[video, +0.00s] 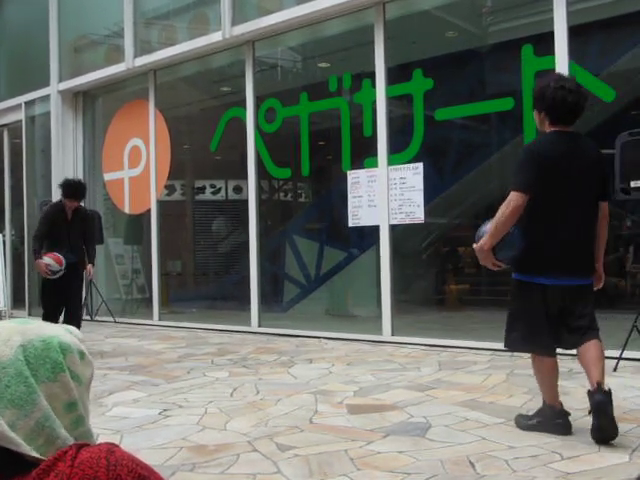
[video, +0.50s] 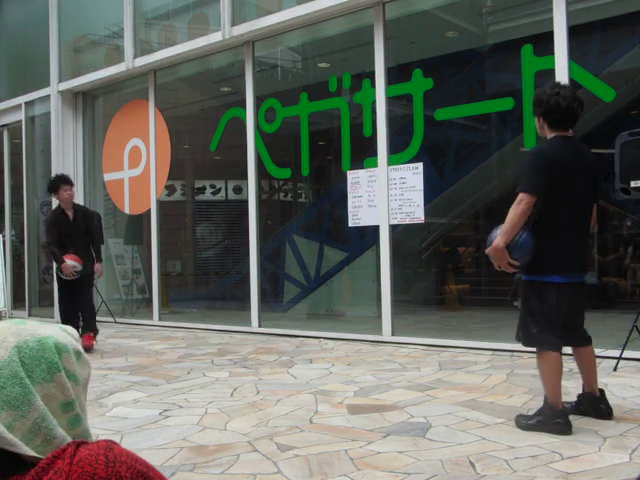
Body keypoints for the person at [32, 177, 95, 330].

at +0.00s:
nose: (72, 205)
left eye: (76, 202)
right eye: (69, 201)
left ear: (81, 200)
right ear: (63, 197)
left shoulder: (85, 215)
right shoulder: (51, 212)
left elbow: (89, 241)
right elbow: (38, 237)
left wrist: (90, 262)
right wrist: (37, 259)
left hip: (75, 268)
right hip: (52, 267)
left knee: (74, 314)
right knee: (51, 313)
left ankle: (69, 349)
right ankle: (47, 348)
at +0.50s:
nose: (69, 194)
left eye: (70, 190)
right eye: (64, 191)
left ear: (74, 191)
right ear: (56, 195)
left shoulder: (86, 214)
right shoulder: (52, 218)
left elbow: (95, 240)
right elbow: (51, 244)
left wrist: (98, 261)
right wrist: (61, 263)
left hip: (86, 264)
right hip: (64, 266)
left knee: (86, 301)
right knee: (67, 304)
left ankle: (89, 333)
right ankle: (69, 336)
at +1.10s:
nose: (96, 192)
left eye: (98, 189)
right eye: (92, 189)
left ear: (101, 192)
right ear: (84, 192)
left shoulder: (106, 216)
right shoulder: (77, 214)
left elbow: (108, 240)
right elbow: (65, 237)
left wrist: (102, 257)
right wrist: (59, 256)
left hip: (101, 261)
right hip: (84, 263)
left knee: (99, 297)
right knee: (84, 297)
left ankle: (96, 331)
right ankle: (82, 333)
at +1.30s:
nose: (105, 192)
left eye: (107, 189)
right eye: (101, 189)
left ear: (109, 191)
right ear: (92, 191)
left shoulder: (109, 215)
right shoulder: (84, 212)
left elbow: (114, 240)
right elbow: (75, 235)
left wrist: (121, 263)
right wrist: (72, 253)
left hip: (105, 261)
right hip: (89, 262)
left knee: (104, 297)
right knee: (98, 298)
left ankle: (94, 331)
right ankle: (107, 332)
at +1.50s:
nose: (112, 192)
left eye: (113, 189)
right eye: (108, 189)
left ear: (114, 191)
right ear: (98, 191)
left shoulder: (110, 213)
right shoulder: (91, 213)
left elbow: (117, 238)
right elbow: (88, 237)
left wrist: (127, 258)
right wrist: (93, 254)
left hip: (110, 260)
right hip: (96, 261)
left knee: (104, 296)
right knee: (106, 296)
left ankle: (95, 329)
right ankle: (120, 331)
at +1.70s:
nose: (118, 192)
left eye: (118, 188)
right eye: (115, 188)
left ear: (108, 191)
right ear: (105, 192)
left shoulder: (110, 210)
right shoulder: (104, 211)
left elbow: (115, 236)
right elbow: (107, 237)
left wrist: (122, 254)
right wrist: (119, 254)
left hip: (108, 256)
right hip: (103, 257)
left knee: (109, 294)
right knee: (112, 294)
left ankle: (96, 328)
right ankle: (122, 332)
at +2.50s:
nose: (113, 193)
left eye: (112, 189)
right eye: (109, 190)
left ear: (101, 194)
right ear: (99, 194)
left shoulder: (97, 212)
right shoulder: (98, 214)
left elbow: (91, 241)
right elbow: (91, 241)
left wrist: (105, 258)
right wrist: (95, 262)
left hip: (95, 265)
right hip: (99, 266)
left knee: (96, 300)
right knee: (123, 295)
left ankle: (91, 334)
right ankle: (123, 332)